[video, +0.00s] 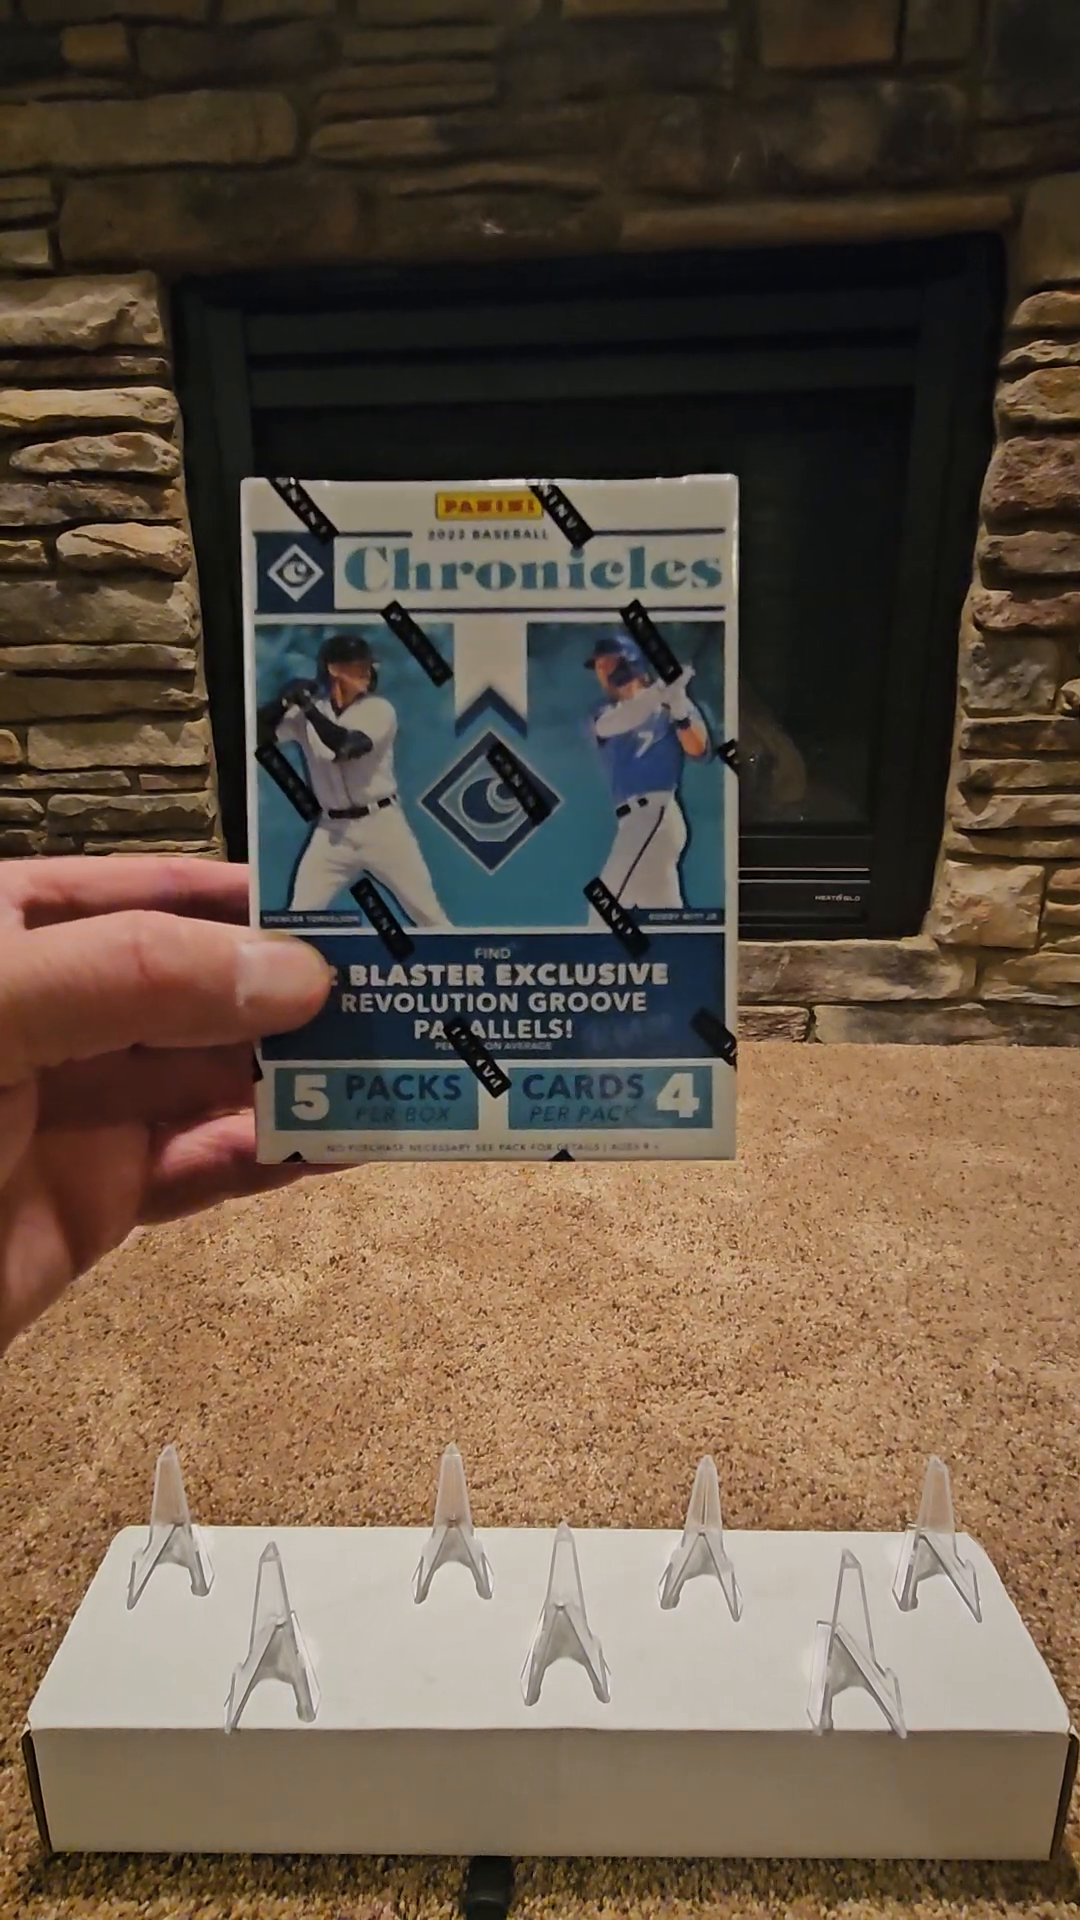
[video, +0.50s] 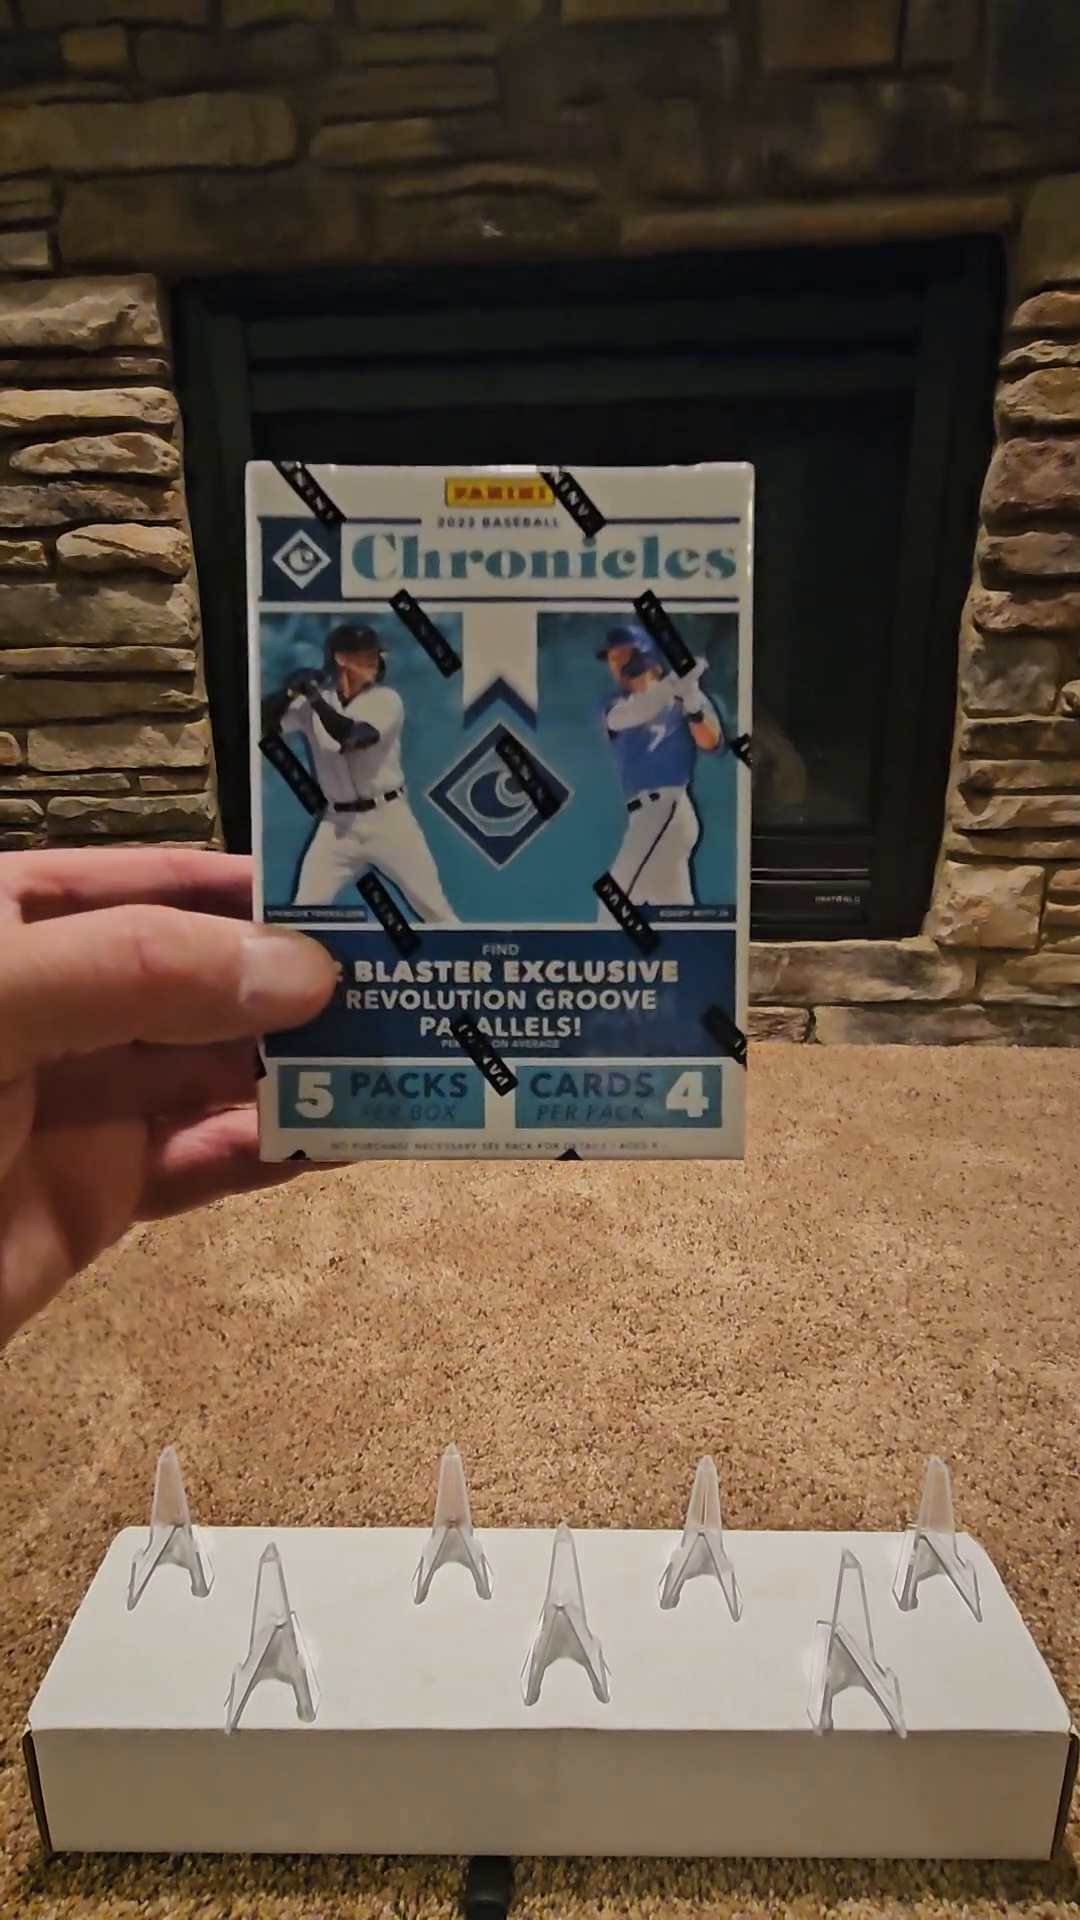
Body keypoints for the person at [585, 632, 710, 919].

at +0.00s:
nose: (604, 673)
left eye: (611, 663)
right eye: (600, 666)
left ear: (631, 664)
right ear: (596, 673)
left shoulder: (672, 702)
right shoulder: (601, 714)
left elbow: (699, 750)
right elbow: (624, 720)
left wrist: (679, 707)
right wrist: (662, 689)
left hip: (656, 816)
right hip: (632, 820)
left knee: (605, 906)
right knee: (665, 919)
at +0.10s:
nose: (607, 674)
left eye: (613, 664)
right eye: (603, 667)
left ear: (635, 664)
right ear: (601, 673)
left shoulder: (676, 703)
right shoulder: (606, 715)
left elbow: (702, 751)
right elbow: (625, 721)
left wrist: (684, 706)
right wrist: (663, 692)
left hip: (660, 816)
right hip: (637, 821)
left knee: (609, 908)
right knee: (669, 920)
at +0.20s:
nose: (612, 665)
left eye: (619, 655)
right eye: (608, 658)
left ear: (640, 656)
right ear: (605, 664)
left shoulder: (680, 694)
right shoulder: (610, 705)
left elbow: (706, 742)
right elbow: (630, 712)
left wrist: (688, 698)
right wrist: (670, 680)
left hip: (663, 808)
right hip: (639, 812)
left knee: (611, 898)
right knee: (670, 909)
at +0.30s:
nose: (613, 651)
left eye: (620, 641)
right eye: (608, 644)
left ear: (640, 643)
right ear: (603, 651)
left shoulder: (678, 681)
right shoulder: (610, 692)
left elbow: (705, 730)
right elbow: (629, 701)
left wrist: (686, 683)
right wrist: (666, 669)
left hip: (663, 797)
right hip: (638, 801)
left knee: (610, 884)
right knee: (672, 899)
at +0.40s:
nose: (616, 655)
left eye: (623, 645)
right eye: (610, 648)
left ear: (644, 647)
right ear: (605, 655)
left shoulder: (681, 685)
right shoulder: (612, 695)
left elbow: (707, 733)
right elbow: (626, 706)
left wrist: (689, 688)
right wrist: (668, 673)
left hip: (666, 801)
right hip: (641, 805)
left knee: (613, 891)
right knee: (672, 904)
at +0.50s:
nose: (617, 665)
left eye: (624, 655)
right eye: (612, 658)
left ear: (645, 657)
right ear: (608, 664)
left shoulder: (684, 696)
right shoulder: (612, 706)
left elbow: (711, 743)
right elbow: (632, 715)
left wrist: (692, 699)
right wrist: (671, 684)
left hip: (668, 811)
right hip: (643, 815)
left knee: (615, 904)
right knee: (676, 915)